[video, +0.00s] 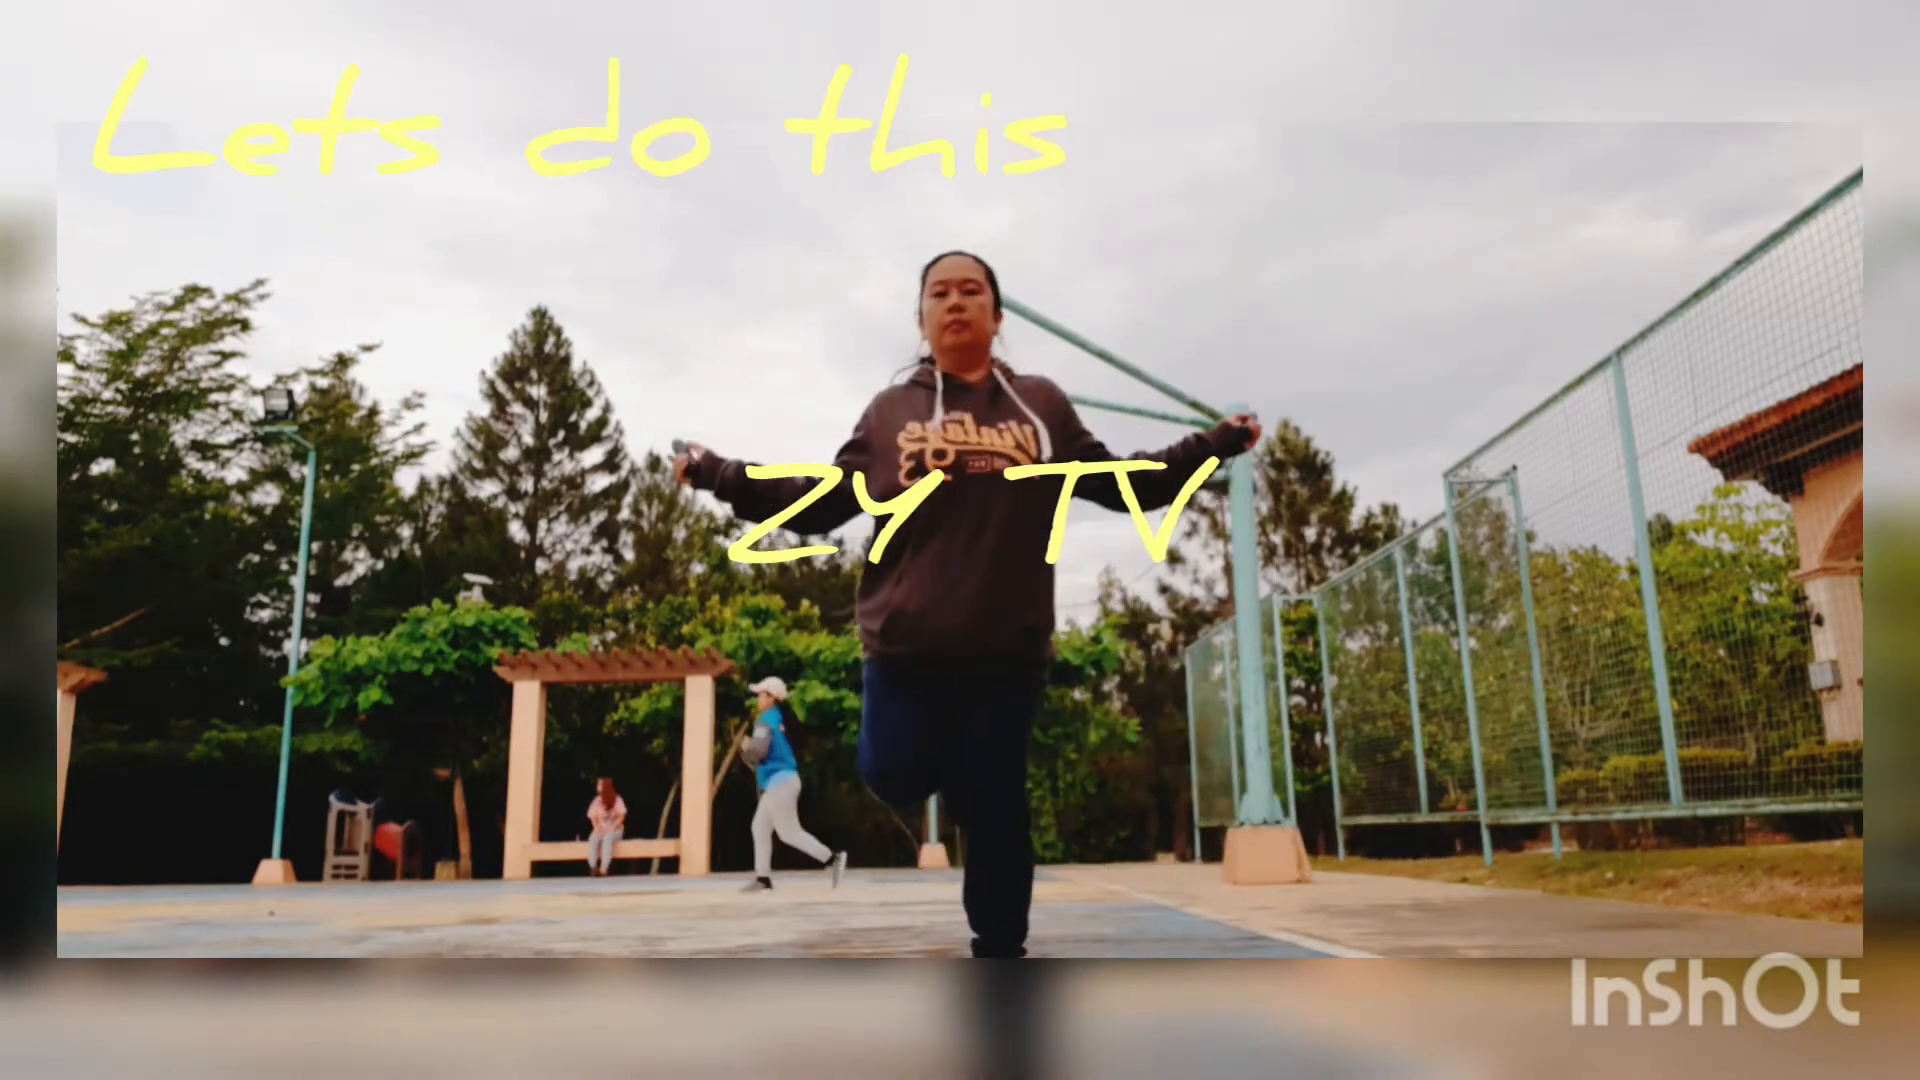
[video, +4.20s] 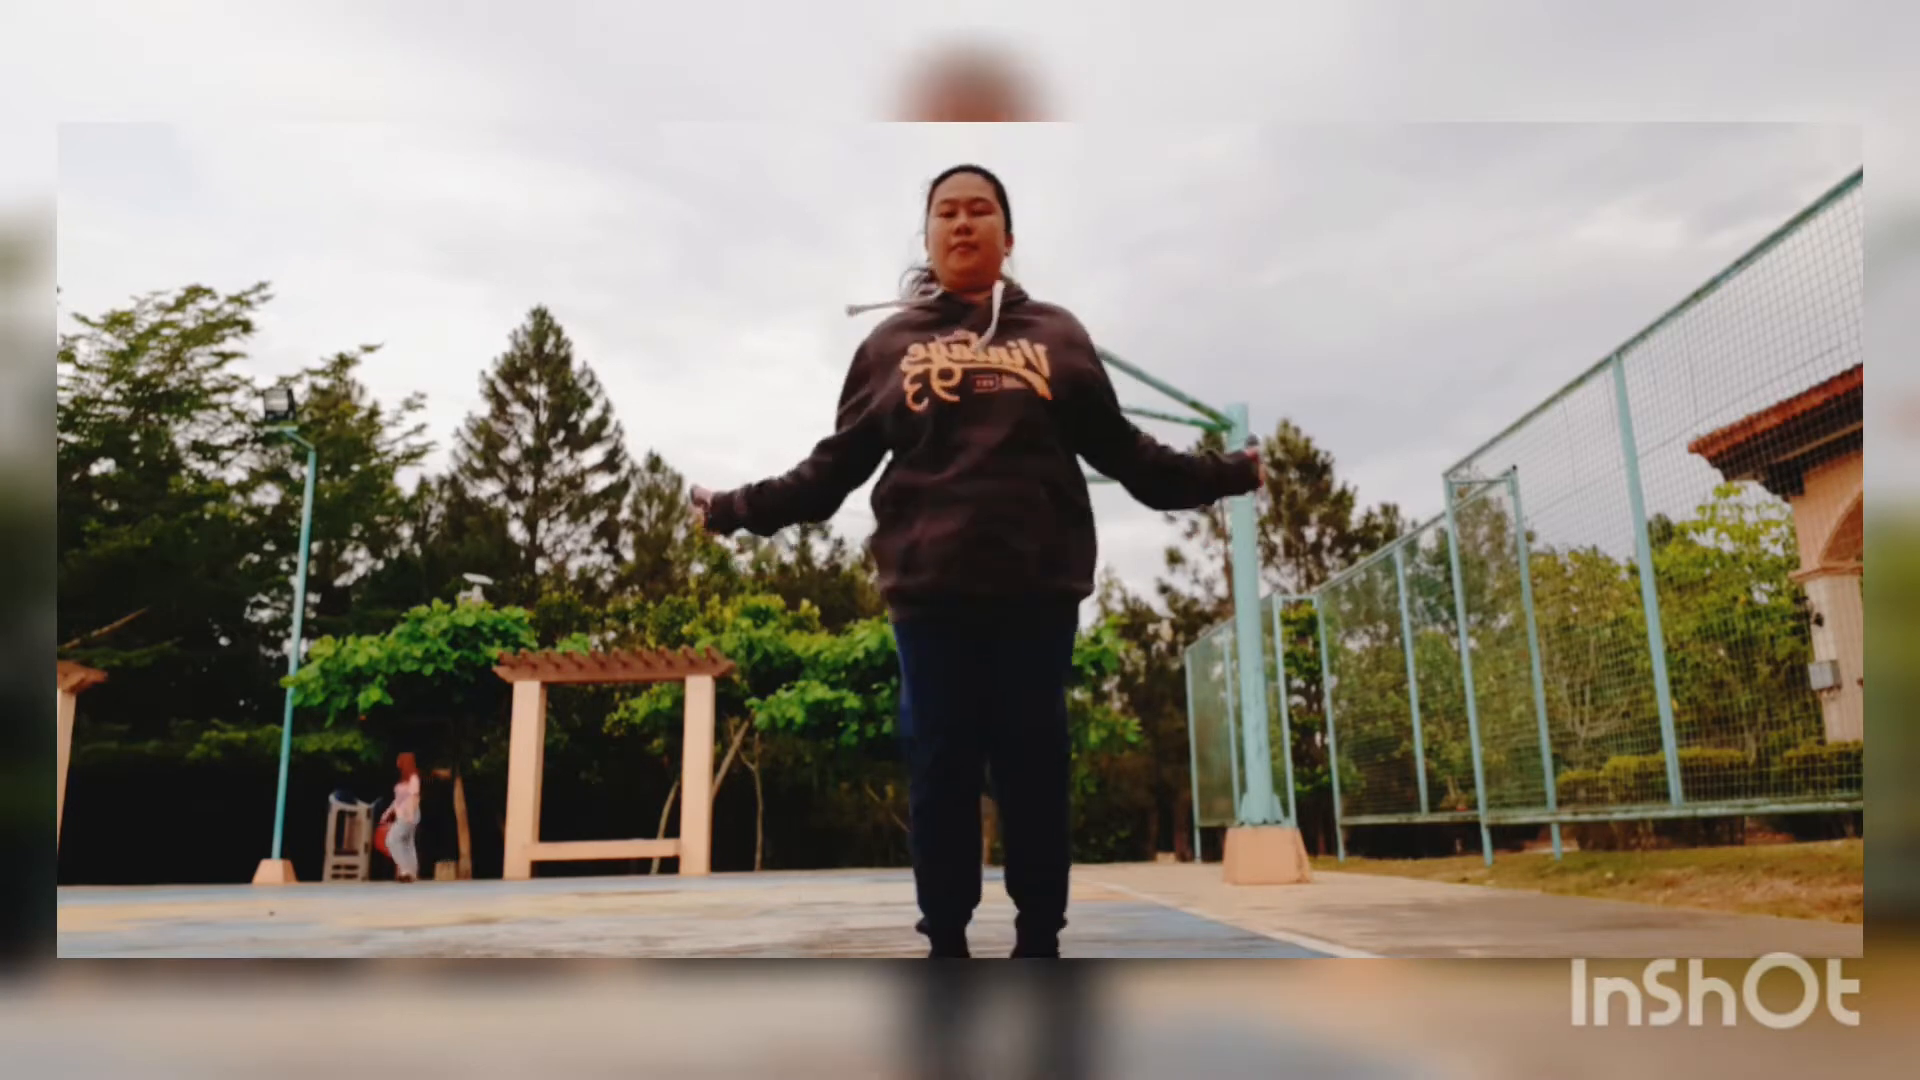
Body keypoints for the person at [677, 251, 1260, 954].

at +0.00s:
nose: (956, 304)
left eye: (972, 293)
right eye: (941, 295)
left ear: (997, 319)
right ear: (922, 320)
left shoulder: (1040, 403)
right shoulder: (892, 408)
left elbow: (1118, 482)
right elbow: (827, 497)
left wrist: (1210, 448)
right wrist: (727, 478)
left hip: (1003, 642)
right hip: (905, 643)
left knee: (996, 809)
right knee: (895, 778)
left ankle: (1001, 956)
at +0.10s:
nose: (953, 285)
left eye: (968, 275)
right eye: (938, 276)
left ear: (995, 301)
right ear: (918, 302)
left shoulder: (1038, 387)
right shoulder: (885, 393)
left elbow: (1128, 457)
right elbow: (819, 485)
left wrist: (1216, 403)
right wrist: (734, 431)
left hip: (1005, 622)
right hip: (904, 622)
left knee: (995, 791)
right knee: (895, 754)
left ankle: (998, 948)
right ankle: (935, 847)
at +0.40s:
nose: (942, 303)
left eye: (957, 292)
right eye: (927, 293)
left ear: (983, 316)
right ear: (906, 318)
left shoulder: (1029, 413)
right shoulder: (869, 417)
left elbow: (1099, 508)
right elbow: (820, 518)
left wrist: (1182, 507)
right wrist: (759, 536)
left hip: (1006, 653)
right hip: (902, 657)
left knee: (1002, 812)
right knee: (906, 810)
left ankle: (1005, 960)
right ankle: (900, 961)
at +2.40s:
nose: (967, 280)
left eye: (982, 269)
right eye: (952, 271)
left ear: (1008, 291)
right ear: (930, 293)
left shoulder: (1053, 386)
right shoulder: (895, 395)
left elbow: (1118, 502)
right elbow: (848, 514)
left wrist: (1209, 515)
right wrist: (770, 536)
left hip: (1033, 635)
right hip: (927, 637)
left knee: (1035, 803)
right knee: (933, 804)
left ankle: (1042, 952)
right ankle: (936, 953)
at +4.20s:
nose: (964, 224)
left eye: (980, 211)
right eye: (949, 213)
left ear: (1007, 234)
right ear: (927, 235)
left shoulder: (1055, 336)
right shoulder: (891, 343)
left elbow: (1126, 455)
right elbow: (833, 471)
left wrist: (1222, 474)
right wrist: (738, 506)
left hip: (1037, 587)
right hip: (930, 590)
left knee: (1033, 764)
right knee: (940, 768)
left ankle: (1039, 942)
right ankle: (946, 948)